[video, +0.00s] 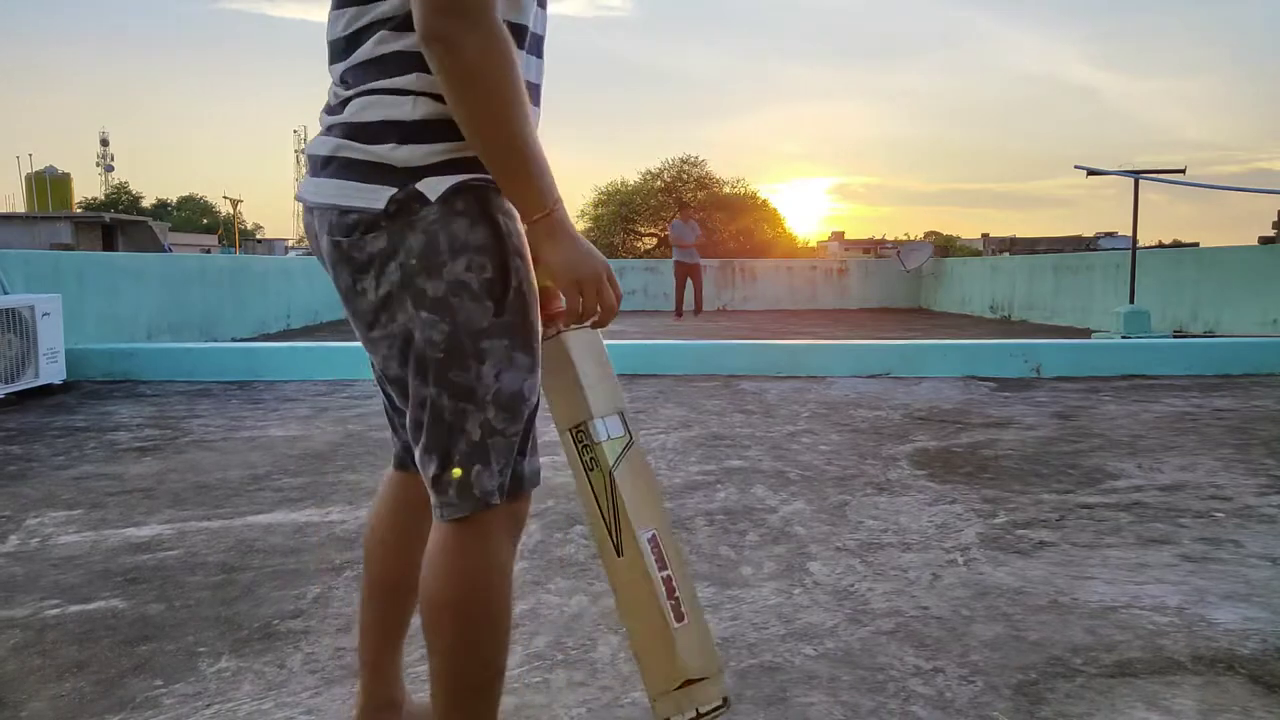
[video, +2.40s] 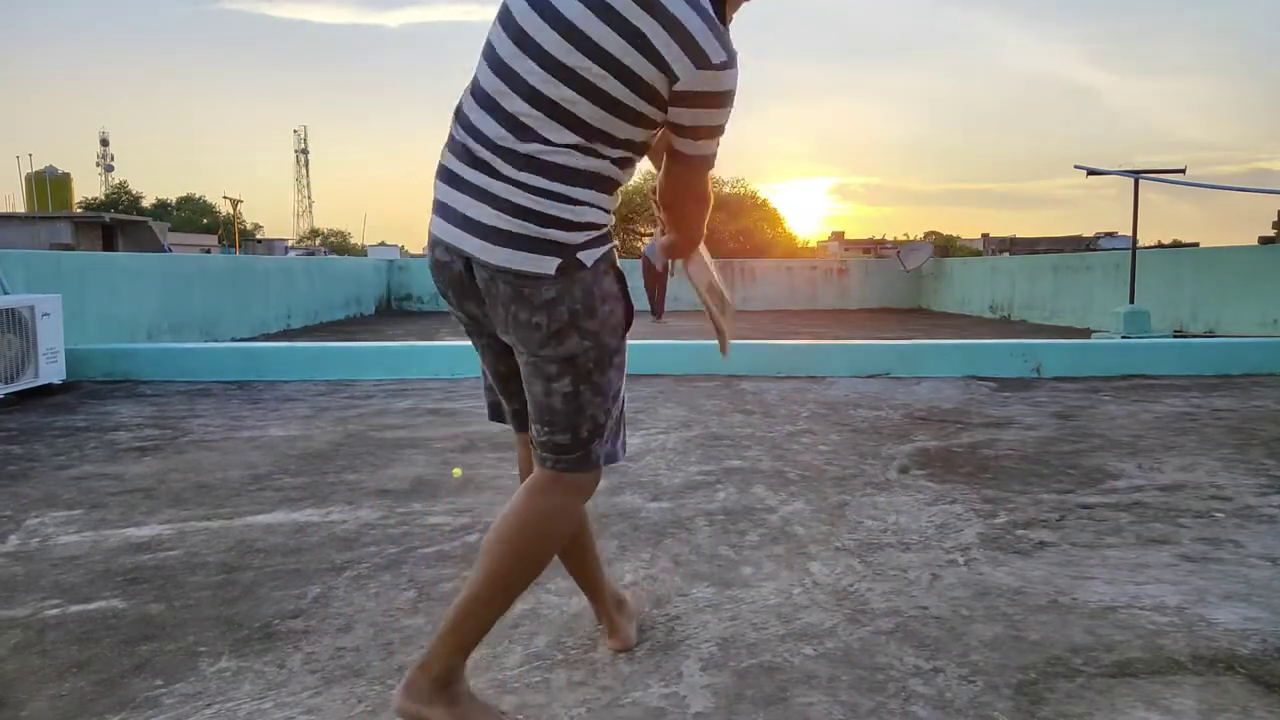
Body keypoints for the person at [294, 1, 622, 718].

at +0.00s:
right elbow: (454, 23)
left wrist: (511, 251)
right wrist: (552, 225)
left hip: (363, 189)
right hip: (430, 194)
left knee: (422, 462)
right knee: (487, 494)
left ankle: (379, 698)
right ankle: (466, 708)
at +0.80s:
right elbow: (485, 144)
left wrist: (490, 263)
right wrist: (528, 307)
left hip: (310, 215)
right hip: (368, 217)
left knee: (437, 467)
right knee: (490, 474)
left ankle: (398, 690)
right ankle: (433, 702)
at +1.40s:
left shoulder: (559, 18)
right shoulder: (561, 2)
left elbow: (492, 146)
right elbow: (455, 106)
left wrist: (546, 259)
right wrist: (540, 258)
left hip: (362, 229)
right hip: (399, 228)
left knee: (476, 481)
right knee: (525, 476)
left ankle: (406, 688)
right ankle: (444, 703)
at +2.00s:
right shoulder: (632, 2)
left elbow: (512, 136)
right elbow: (536, 9)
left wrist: (589, 231)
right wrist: (621, 169)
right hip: (438, 219)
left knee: (553, 405)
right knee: (529, 474)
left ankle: (518, 643)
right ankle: (437, 706)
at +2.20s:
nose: (699, 10)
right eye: (692, 12)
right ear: (678, 0)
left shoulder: (575, 21)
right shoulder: (656, 2)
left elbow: (634, 127)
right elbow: (587, 104)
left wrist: (711, 220)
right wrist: (706, 228)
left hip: (412, 247)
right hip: (497, 250)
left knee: (545, 456)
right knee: (560, 494)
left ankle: (622, 612)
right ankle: (434, 708)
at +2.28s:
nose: (718, 15)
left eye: (721, 8)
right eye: (723, 6)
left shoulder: (573, 8)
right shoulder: (670, 40)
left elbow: (681, 149)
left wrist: (746, 250)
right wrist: (719, 293)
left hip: (433, 254)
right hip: (522, 262)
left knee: (554, 454)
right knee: (568, 485)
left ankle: (624, 612)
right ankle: (435, 705)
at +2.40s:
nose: (739, 13)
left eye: (740, 8)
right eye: (741, 8)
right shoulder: (704, 48)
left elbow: (578, 96)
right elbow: (681, 207)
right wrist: (676, 246)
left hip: (454, 238)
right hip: (553, 261)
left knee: (540, 453)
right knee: (569, 475)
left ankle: (610, 612)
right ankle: (433, 677)